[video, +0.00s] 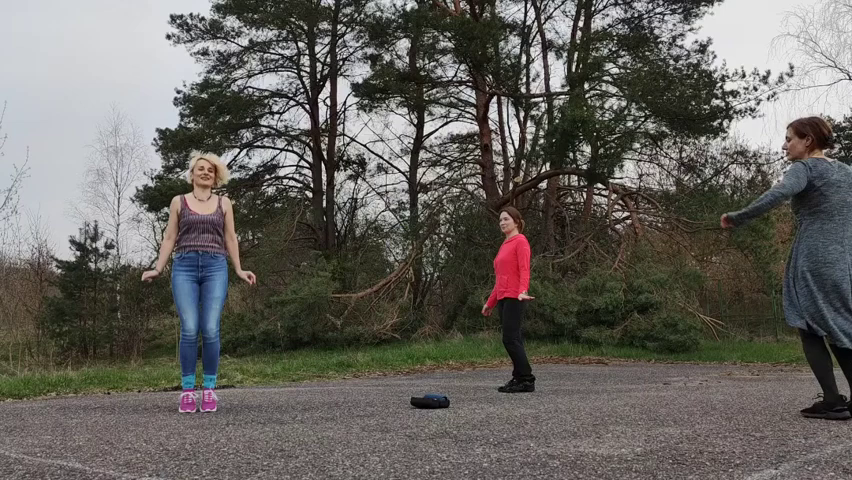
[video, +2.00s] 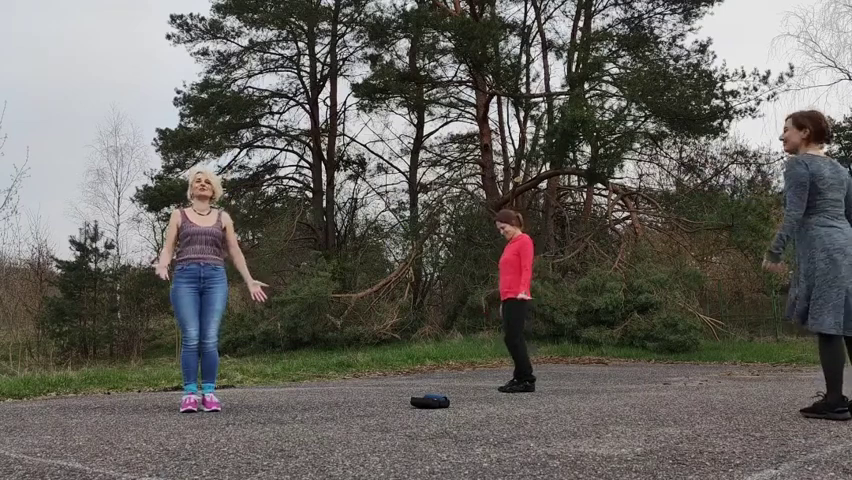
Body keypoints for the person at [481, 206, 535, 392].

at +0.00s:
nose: (502, 222)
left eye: (506, 219)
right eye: (501, 220)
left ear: (516, 221)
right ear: (500, 224)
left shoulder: (521, 240)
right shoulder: (506, 244)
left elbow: (524, 267)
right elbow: (501, 279)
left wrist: (523, 289)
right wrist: (490, 302)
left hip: (514, 296)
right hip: (504, 297)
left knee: (511, 339)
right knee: (511, 339)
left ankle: (526, 379)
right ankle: (518, 378)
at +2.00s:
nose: (502, 232)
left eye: (503, 227)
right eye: (499, 229)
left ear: (514, 224)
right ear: (503, 228)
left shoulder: (524, 241)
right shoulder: (511, 244)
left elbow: (526, 267)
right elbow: (508, 273)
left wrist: (523, 290)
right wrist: (503, 299)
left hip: (518, 297)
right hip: (508, 298)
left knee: (514, 337)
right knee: (511, 337)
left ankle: (525, 379)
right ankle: (520, 377)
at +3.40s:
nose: (487, 232)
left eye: (489, 227)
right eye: (485, 229)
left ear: (500, 225)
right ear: (489, 229)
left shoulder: (511, 245)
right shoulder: (495, 246)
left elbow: (516, 271)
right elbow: (498, 272)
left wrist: (509, 292)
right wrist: (492, 292)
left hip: (511, 300)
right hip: (496, 301)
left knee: (511, 340)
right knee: (487, 338)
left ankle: (527, 380)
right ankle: (506, 377)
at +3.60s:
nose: (473, 230)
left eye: (475, 225)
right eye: (472, 227)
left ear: (486, 222)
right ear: (480, 225)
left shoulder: (495, 240)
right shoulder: (488, 242)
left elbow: (480, 263)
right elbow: (501, 272)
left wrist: (456, 266)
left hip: (497, 298)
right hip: (485, 298)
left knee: (507, 336)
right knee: (472, 334)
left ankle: (525, 377)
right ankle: (467, 378)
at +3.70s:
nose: (465, 230)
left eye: (467, 226)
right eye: (464, 227)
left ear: (478, 223)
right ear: (475, 225)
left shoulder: (485, 241)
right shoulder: (482, 241)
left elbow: (468, 260)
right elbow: (495, 269)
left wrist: (442, 266)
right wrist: (502, 294)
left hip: (487, 298)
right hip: (475, 299)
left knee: (497, 336)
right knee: (466, 336)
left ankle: (521, 375)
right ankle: (467, 380)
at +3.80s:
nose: (456, 230)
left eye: (458, 226)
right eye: (455, 227)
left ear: (469, 224)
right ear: (468, 226)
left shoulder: (475, 244)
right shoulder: (475, 244)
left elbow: (457, 267)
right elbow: (484, 275)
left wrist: (434, 276)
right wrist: (487, 300)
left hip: (472, 300)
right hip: (466, 300)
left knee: (474, 340)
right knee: (463, 341)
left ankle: (509, 369)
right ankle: (468, 382)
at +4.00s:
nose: (437, 229)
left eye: (439, 225)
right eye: (436, 225)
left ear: (449, 224)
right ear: (446, 226)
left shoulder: (458, 244)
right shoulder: (445, 246)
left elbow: (456, 275)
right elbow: (440, 279)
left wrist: (450, 299)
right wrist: (427, 300)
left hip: (452, 300)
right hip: (443, 299)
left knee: (430, 335)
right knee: (456, 340)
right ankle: (467, 382)